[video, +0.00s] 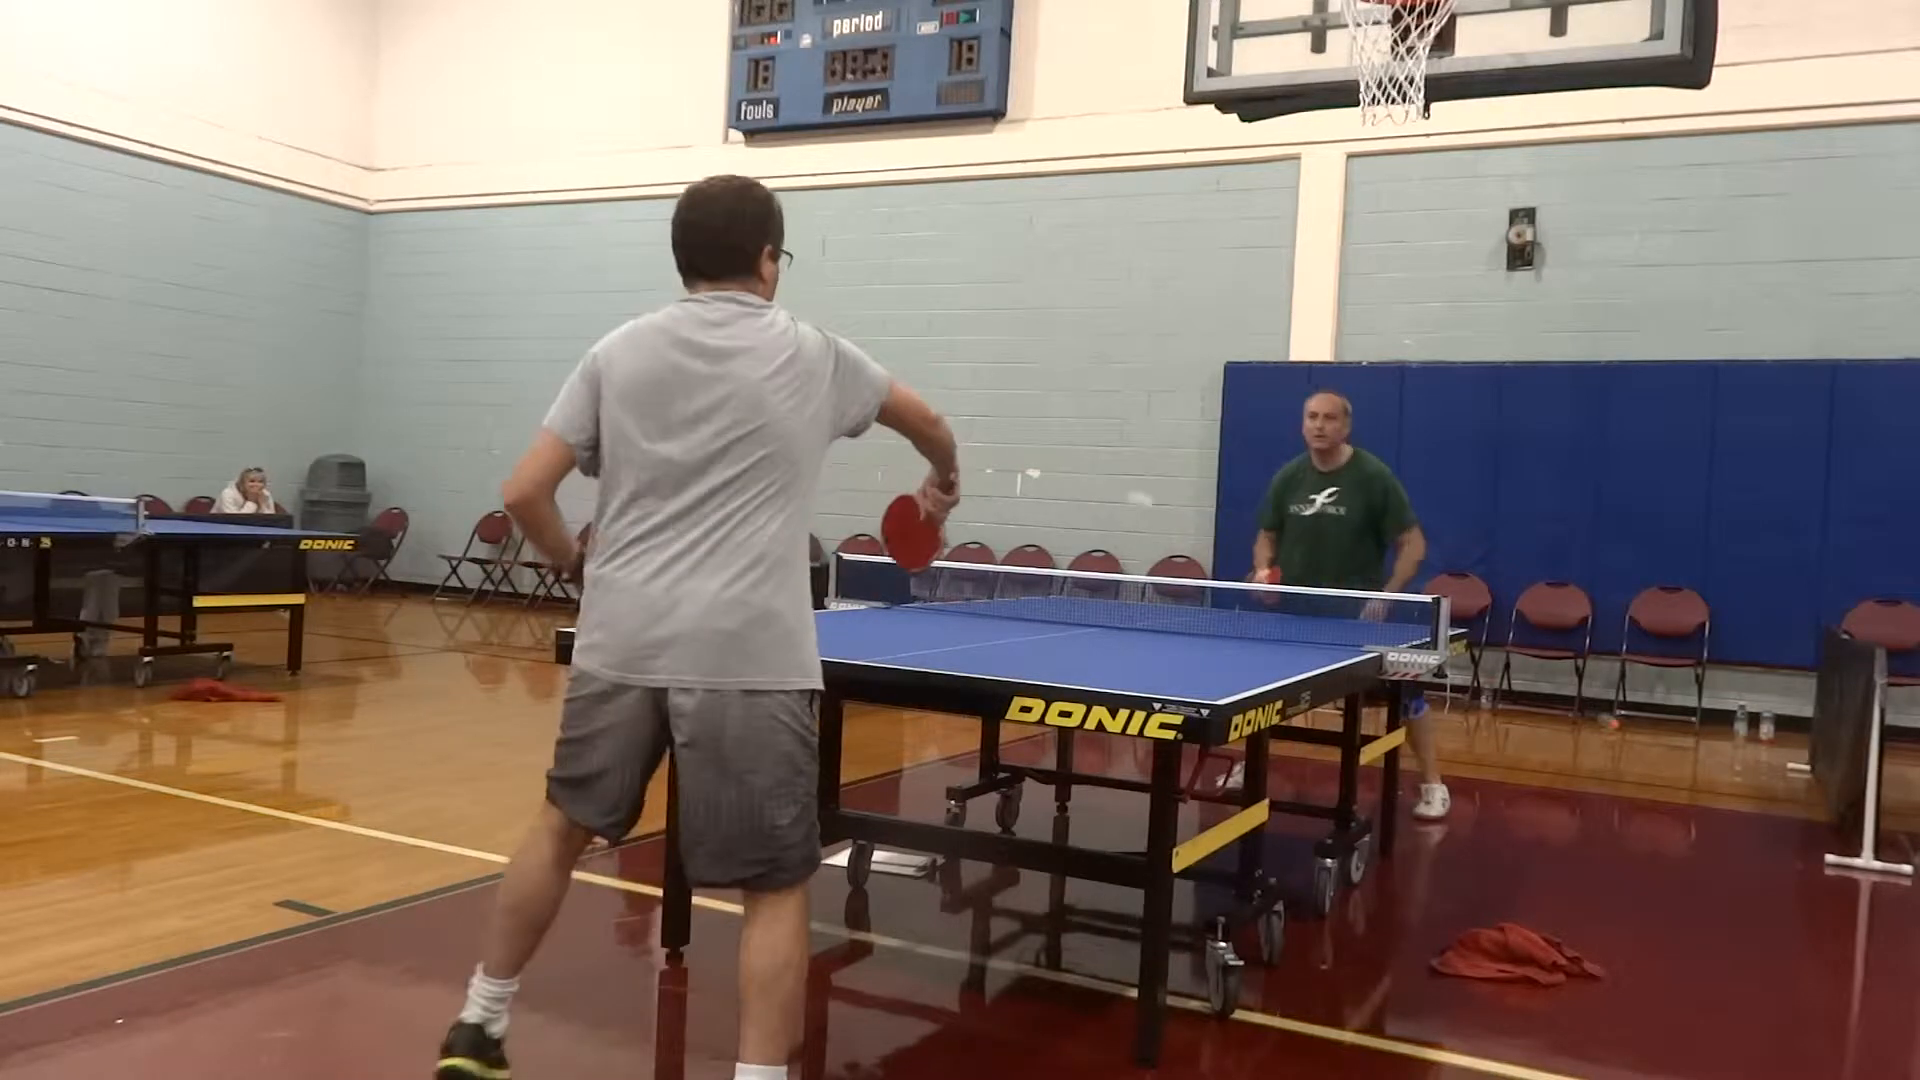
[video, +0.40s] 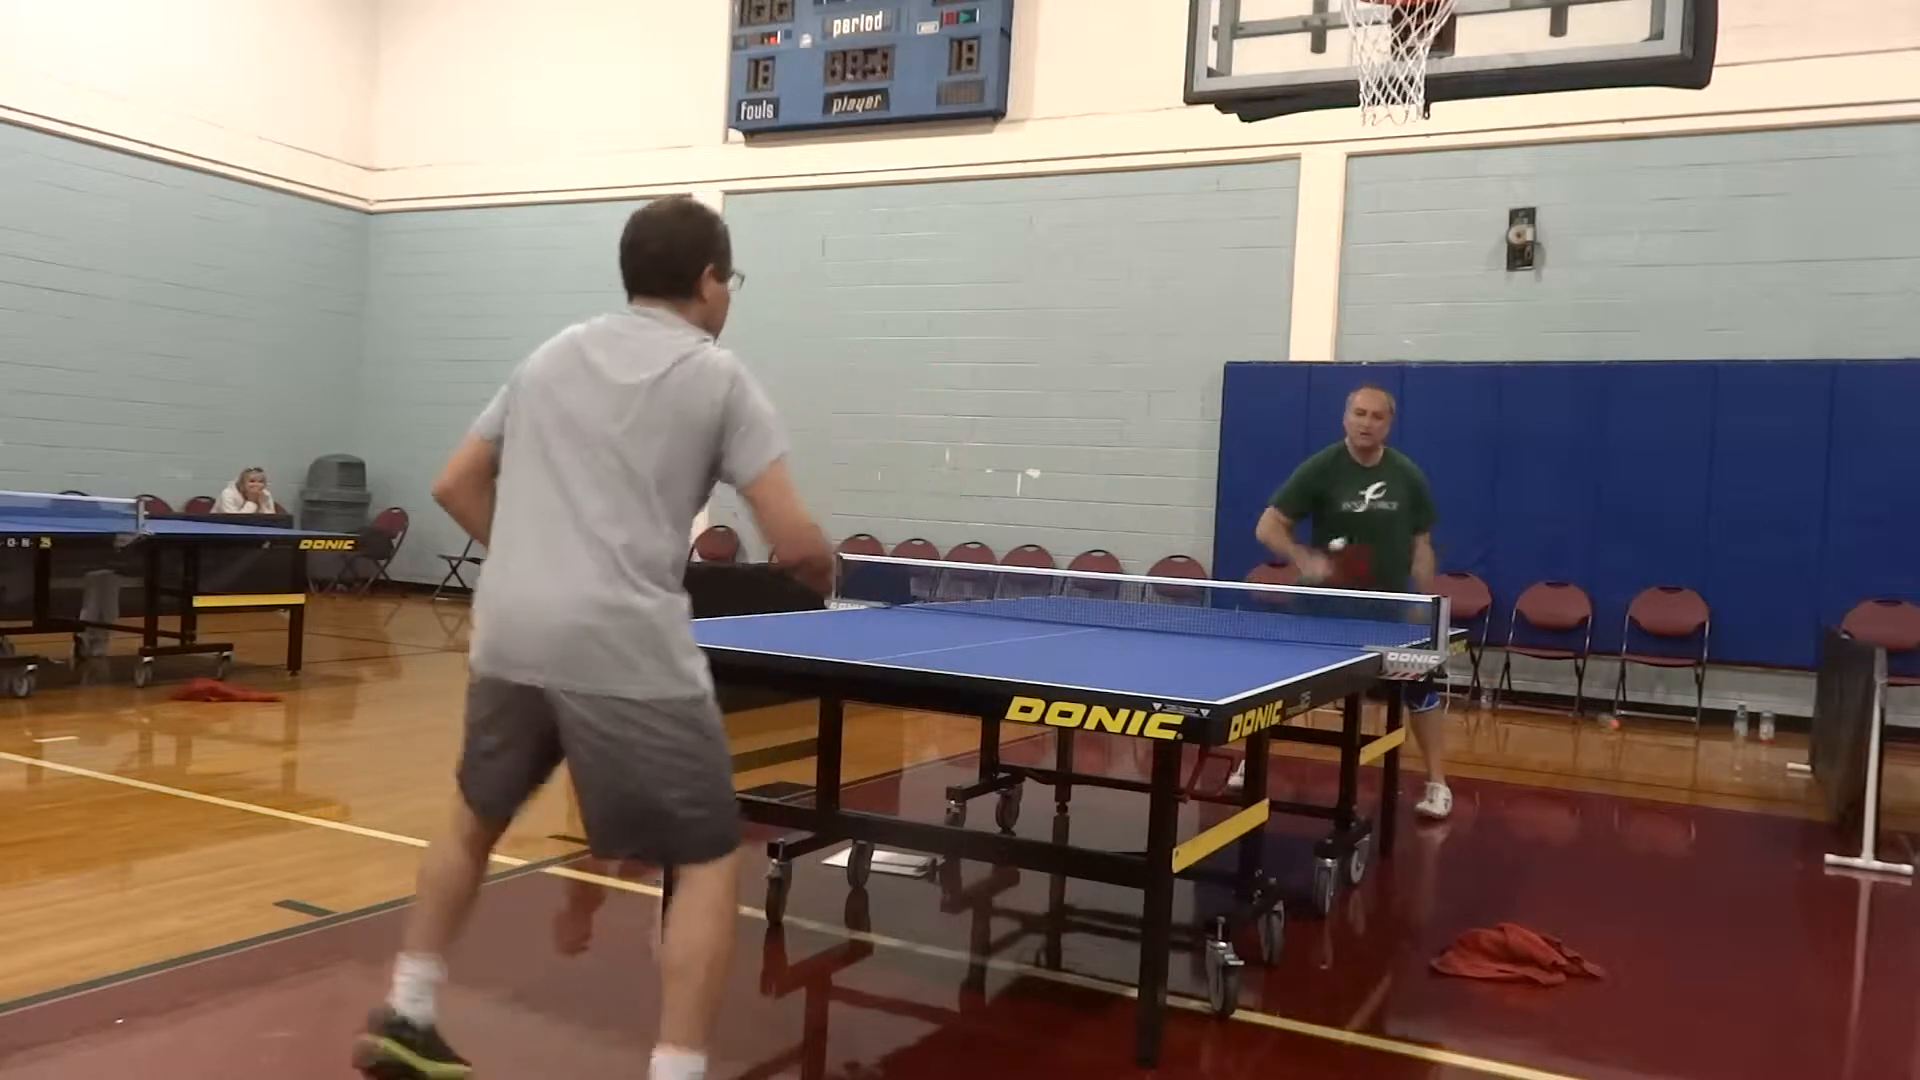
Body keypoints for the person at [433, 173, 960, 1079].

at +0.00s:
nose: (782, 263)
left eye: (777, 251)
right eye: (781, 251)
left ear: (678, 261)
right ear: (767, 259)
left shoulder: (620, 351)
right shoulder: (810, 351)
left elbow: (525, 490)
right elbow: (926, 425)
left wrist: (567, 551)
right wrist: (947, 474)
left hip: (620, 650)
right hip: (754, 664)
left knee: (561, 827)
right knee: (773, 889)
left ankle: (480, 1020)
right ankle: (759, 1078)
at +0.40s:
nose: (731, 295)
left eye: (732, 280)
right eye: (729, 279)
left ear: (629, 278)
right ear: (707, 280)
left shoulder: (552, 355)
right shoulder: (717, 376)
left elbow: (456, 484)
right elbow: (802, 549)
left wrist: (531, 554)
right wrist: (816, 577)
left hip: (507, 640)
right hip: (628, 651)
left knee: (472, 820)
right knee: (707, 856)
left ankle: (406, 1013)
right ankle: (678, 1070)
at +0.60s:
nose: (702, 362)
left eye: (700, 345)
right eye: (697, 345)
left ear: (607, 342)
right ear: (666, 346)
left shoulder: (530, 415)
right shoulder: (652, 433)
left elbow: (447, 546)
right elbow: (664, 589)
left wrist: (553, 571)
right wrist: (738, 632)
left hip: (457, 687)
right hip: (564, 699)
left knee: (448, 847)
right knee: (722, 874)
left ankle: (340, 1025)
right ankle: (680, 1072)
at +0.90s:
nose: (764, 325)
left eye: (769, 305)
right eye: (746, 303)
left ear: (675, 303)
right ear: (677, 300)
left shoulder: (618, 368)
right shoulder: (662, 389)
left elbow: (578, 522)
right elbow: (626, 525)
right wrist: (730, 602)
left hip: (539, 666)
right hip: (607, 683)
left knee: (508, 846)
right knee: (752, 885)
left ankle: (376, 1010)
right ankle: (724, 1070)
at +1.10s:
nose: (748, 251)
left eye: (766, 229)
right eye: (722, 228)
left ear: (783, 236)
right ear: (671, 231)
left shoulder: (721, 347)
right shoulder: (650, 344)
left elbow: (680, 524)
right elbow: (546, 510)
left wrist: (741, 625)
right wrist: (672, 613)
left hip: (647, 675)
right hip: (625, 682)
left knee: (627, 878)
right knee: (719, 906)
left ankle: (492, 1056)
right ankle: (722, 1074)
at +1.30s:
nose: (700, 215)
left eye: (722, 193)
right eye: (673, 194)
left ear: (749, 208)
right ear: (632, 209)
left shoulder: (757, 336)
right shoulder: (580, 341)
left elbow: (804, 466)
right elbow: (451, 506)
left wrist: (907, 567)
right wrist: (506, 679)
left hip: (712, 699)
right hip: (601, 705)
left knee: (635, 925)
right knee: (699, 931)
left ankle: (562, 1074)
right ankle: (686, 1078)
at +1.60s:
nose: (619, 148)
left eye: (648, 122)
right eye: (592, 130)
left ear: (705, 150)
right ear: (566, 165)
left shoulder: (760, 311)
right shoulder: (510, 320)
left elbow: (835, 472)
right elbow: (395, 518)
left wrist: (871, 603)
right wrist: (322, 712)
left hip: (703, 735)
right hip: (546, 745)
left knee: (655, 994)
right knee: (571, 1036)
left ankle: (617, 1067)